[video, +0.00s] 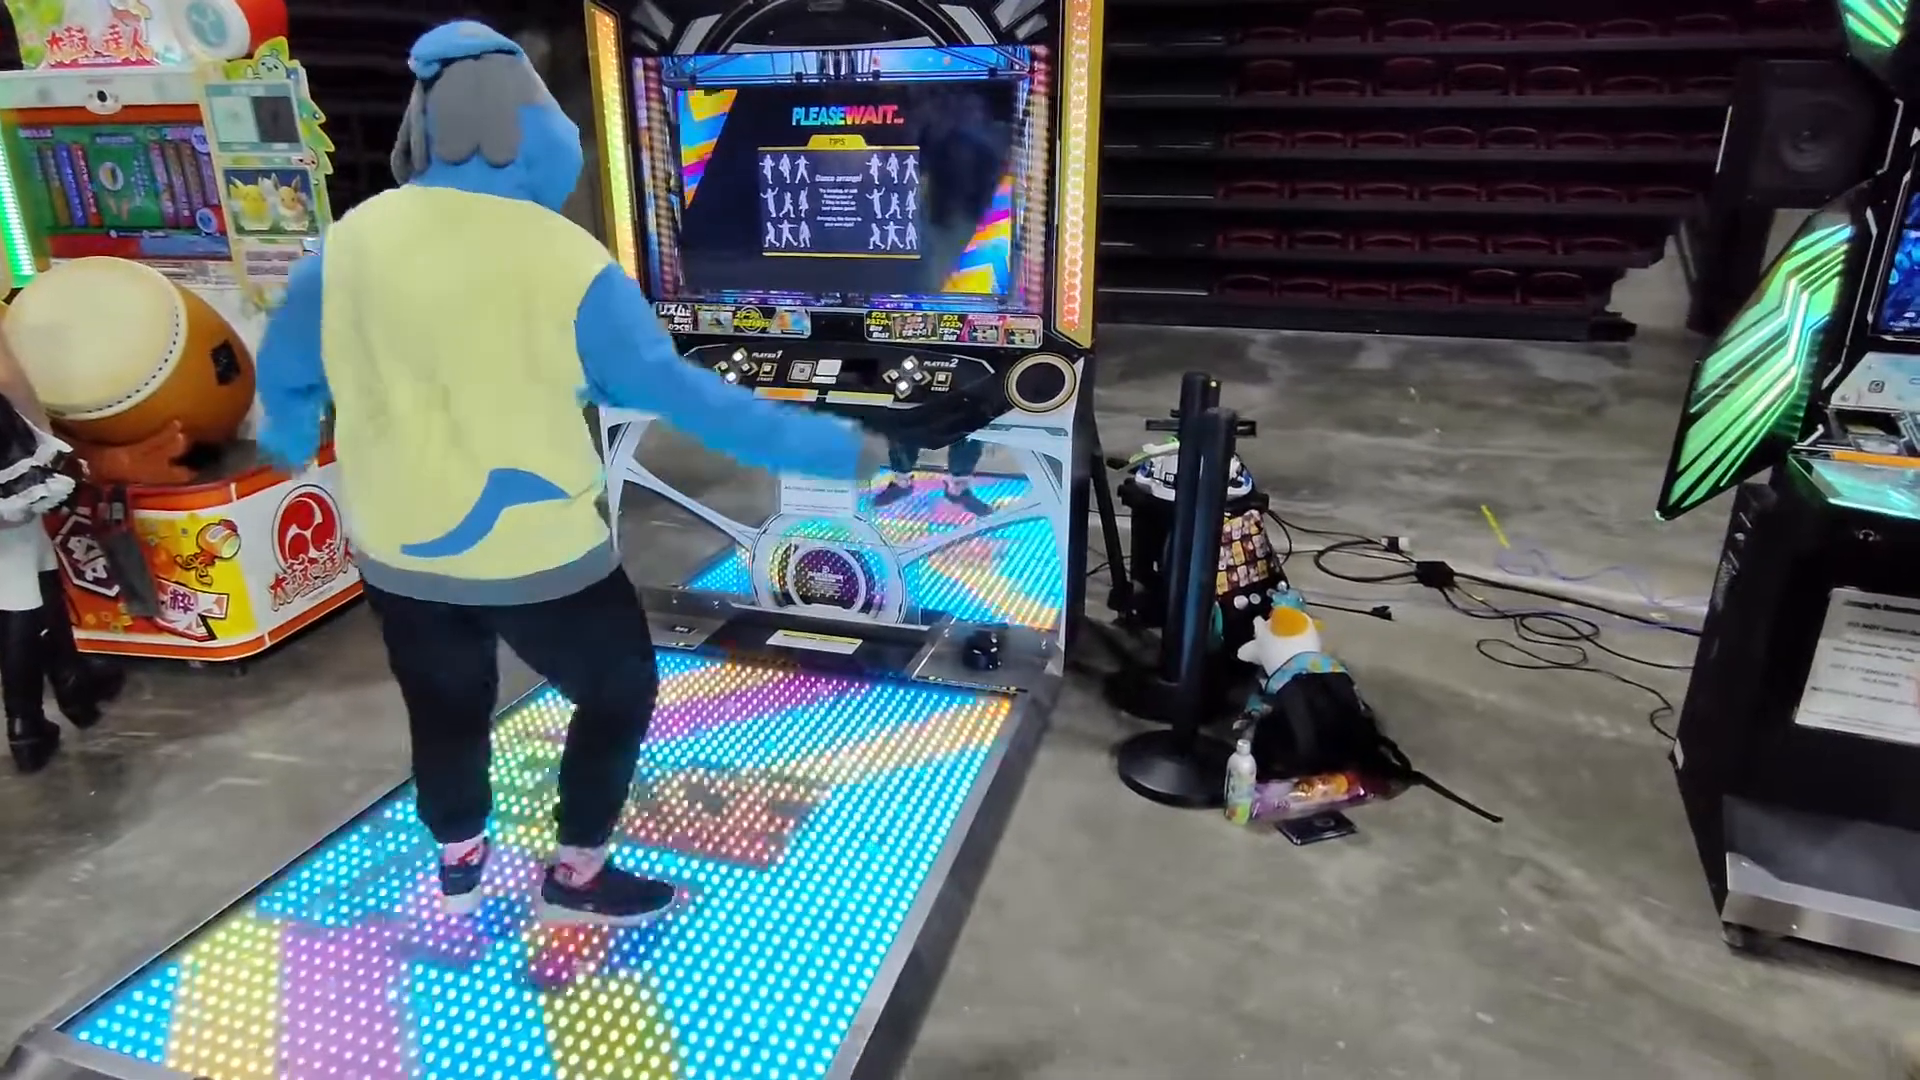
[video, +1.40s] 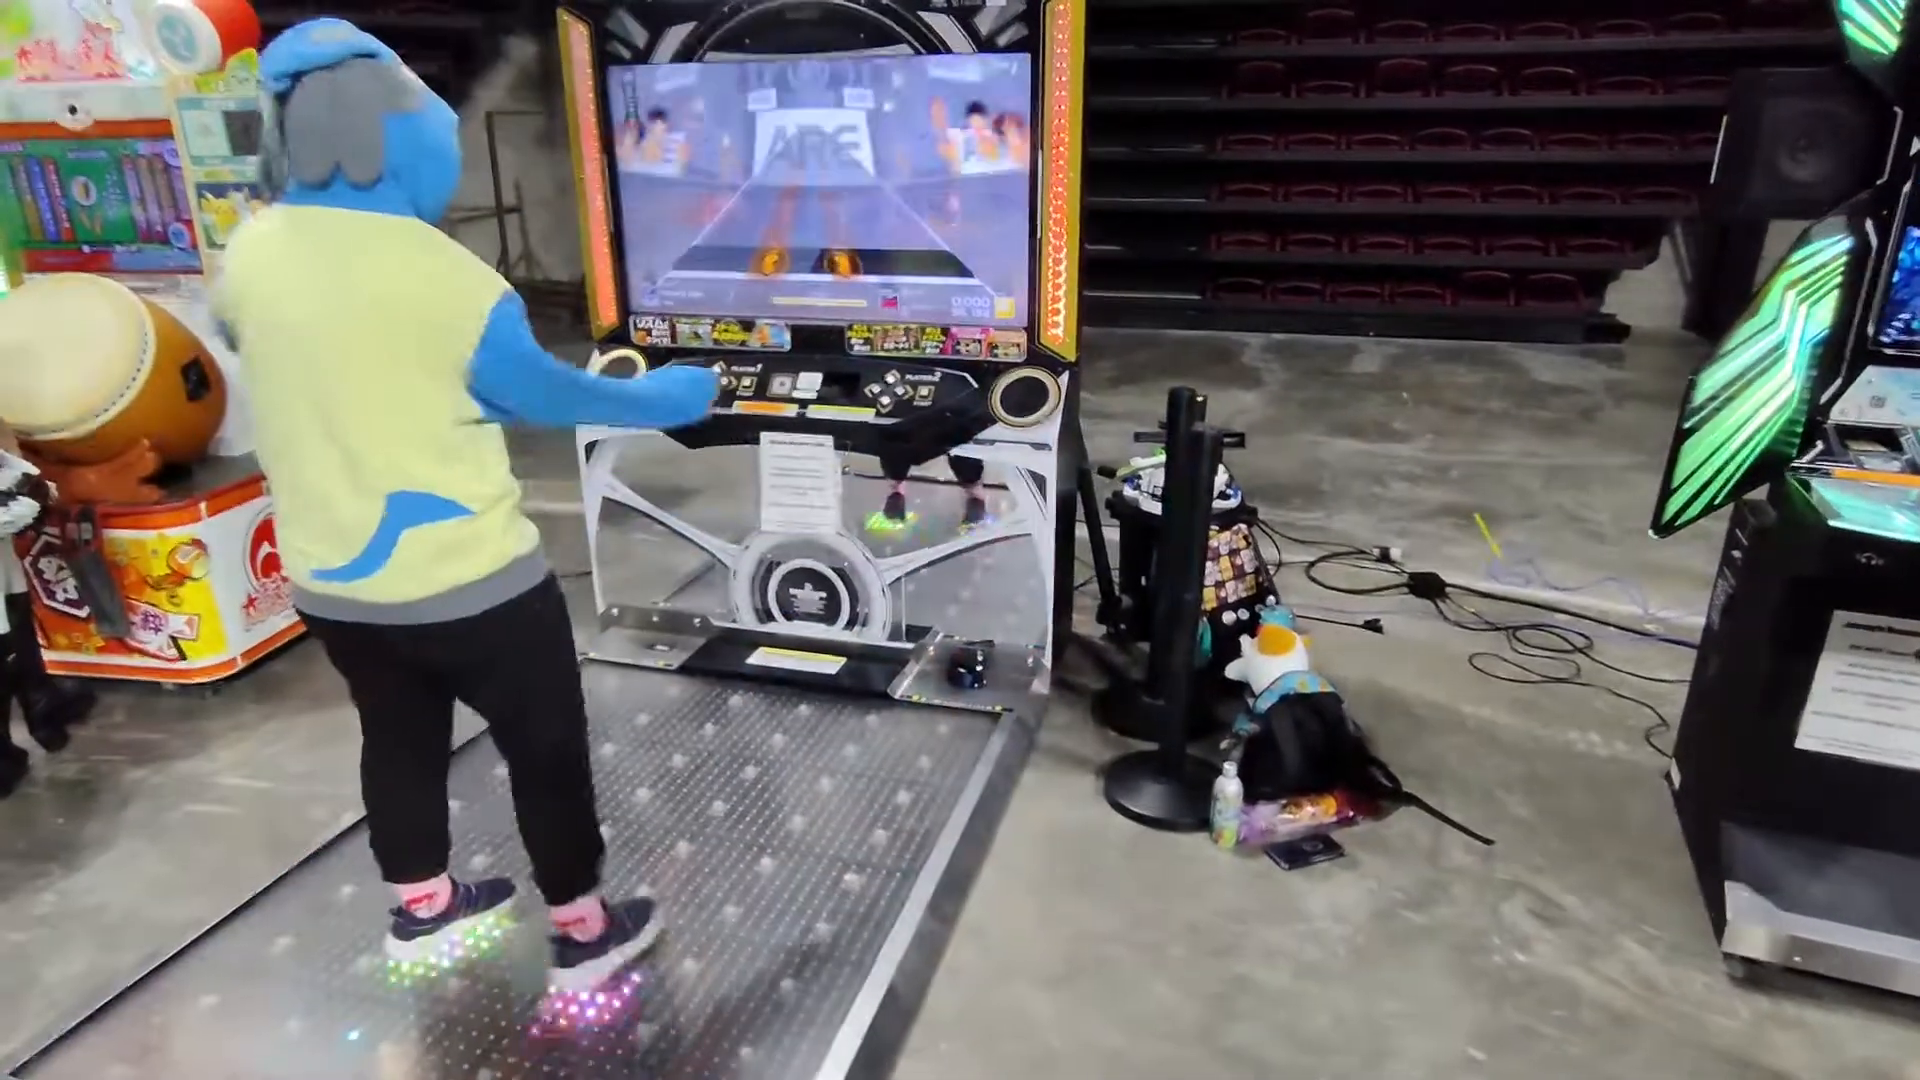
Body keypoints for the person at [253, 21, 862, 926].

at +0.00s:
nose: (558, 140)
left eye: (545, 120)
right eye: (544, 121)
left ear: (429, 134)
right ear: (522, 130)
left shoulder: (348, 242)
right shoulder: (564, 261)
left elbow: (285, 363)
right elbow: (670, 391)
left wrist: (291, 435)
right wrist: (835, 445)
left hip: (398, 559)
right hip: (541, 561)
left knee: (445, 709)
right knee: (617, 687)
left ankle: (459, 864)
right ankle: (579, 870)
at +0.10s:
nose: (560, 145)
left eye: (547, 123)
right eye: (549, 125)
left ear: (427, 127)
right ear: (531, 131)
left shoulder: (346, 233)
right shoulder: (560, 262)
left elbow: (278, 339)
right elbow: (667, 424)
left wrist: (269, 361)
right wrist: (783, 516)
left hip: (408, 560)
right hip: (550, 562)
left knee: (452, 708)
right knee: (608, 698)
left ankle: (459, 855)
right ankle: (582, 879)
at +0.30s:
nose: (556, 156)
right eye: (545, 133)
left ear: (426, 134)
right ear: (524, 138)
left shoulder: (363, 227)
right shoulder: (547, 262)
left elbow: (289, 267)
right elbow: (621, 441)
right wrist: (663, 579)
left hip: (419, 572)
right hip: (545, 575)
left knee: (472, 702)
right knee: (587, 726)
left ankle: (461, 859)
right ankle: (594, 899)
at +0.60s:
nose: (515, 156)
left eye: (513, 135)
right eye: (504, 136)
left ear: (400, 134)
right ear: (459, 136)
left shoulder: (348, 242)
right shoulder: (503, 263)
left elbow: (358, 387)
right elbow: (617, 414)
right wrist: (673, 539)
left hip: (399, 570)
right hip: (503, 571)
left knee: (482, 716)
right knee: (565, 735)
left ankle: (510, 874)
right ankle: (575, 924)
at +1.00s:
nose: (448, 159)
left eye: (439, 140)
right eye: (432, 142)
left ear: (324, 160)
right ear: (393, 151)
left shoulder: (280, 268)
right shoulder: (449, 283)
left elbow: (249, 417)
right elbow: (585, 424)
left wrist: (224, 518)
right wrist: (751, 451)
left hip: (351, 599)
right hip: (475, 594)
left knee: (426, 720)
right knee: (542, 750)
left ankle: (422, 897)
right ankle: (558, 933)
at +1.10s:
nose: (443, 156)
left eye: (433, 136)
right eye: (428, 137)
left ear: (311, 159)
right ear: (393, 149)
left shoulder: (258, 272)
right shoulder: (437, 285)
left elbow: (196, 446)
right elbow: (558, 438)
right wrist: (724, 472)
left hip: (337, 599)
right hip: (469, 593)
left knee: (417, 721)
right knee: (533, 754)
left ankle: (423, 897)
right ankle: (551, 930)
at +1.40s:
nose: (449, 151)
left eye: (442, 130)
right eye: (437, 130)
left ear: (302, 148)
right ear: (400, 141)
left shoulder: (250, 258)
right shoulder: (448, 279)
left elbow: (237, 333)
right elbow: (540, 390)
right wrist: (648, 400)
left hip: (336, 595)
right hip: (473, 586)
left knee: (399, 736)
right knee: (546, 746)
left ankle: (421, 902)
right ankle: (579, 921)